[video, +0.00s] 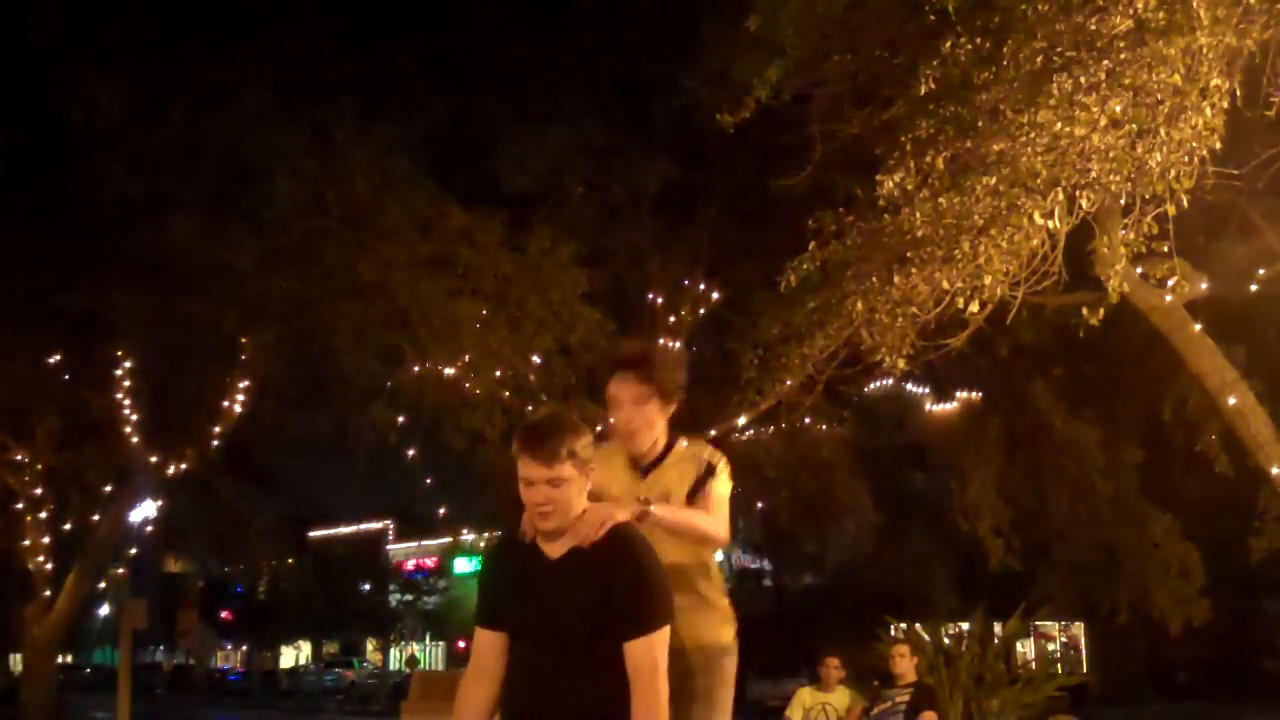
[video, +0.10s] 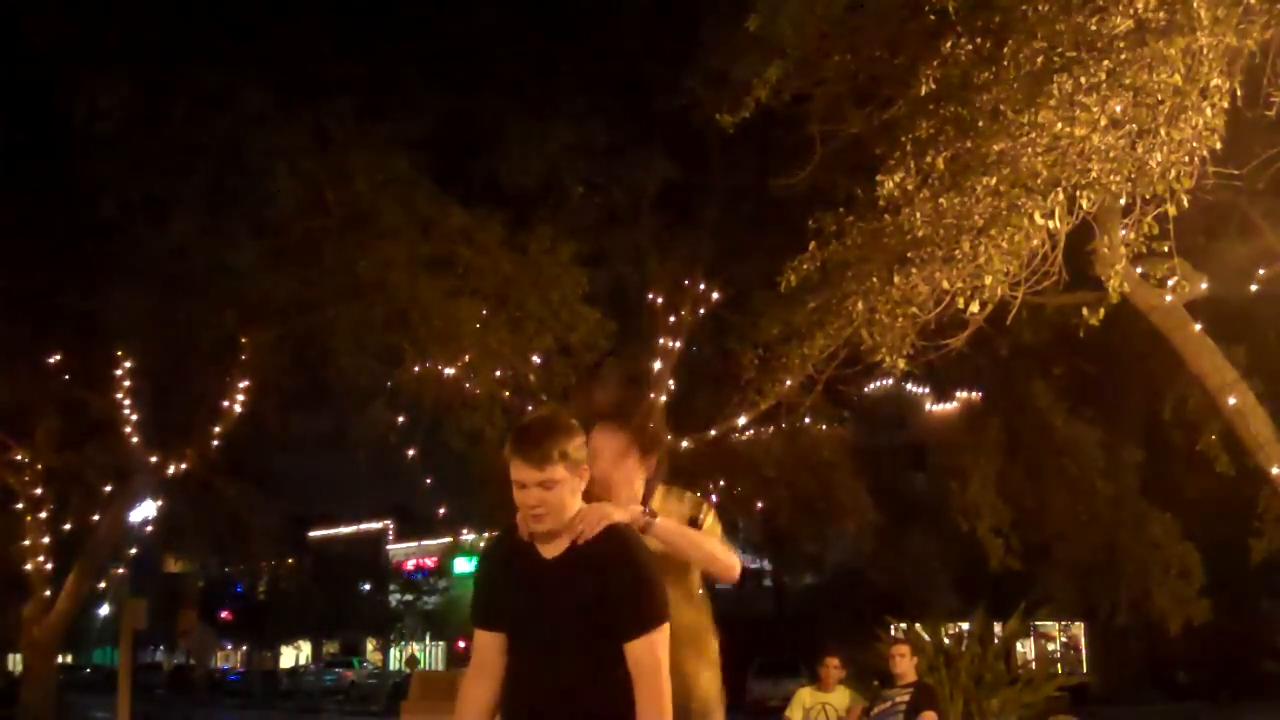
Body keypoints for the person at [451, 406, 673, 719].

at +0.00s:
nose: (539, 498)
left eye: (555, 483)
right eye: (528, 483)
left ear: (587, 476)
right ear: (517, 481)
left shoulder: (626, 552)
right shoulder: (506, 558)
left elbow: (649, 681)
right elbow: (482, 674)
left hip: (607, 711)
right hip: (523, 711)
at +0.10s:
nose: (532, 500)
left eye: (547, 485)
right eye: (521, 486)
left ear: (582, 476)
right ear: (510, 482)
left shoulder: (620, 552)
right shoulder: (502, 556)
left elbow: (652, 681)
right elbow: (483, 674)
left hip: (607, 713)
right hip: (523, 712)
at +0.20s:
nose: (530, 503)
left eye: (546, 488)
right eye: (519, 489)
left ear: (580, 479)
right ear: (509, 483)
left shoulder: (622, 553)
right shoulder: (500, 555)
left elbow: (650, 688)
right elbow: (482, 674)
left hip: (607, 711)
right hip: (522, 712)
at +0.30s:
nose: (527, 506)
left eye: (544, 492)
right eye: (517, 492)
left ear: (579, 485)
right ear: (507, 488)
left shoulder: (622, 553)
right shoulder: (498, 559)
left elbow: (648, 685)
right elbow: (482, 677)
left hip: (606, 711)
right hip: (522, 712)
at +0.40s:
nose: (523, 507)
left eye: (539, 491)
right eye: (513, 492)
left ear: (575, 482)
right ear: (503, 487)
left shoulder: (624, 556)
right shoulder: (495, 556)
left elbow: (649, 691)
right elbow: (480, 672)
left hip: (605, 713)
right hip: (521, 712)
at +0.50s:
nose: (520, 504)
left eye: (537, 489)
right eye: (510, 490)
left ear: (575, 483)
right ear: (501, 486)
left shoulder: (620, 565)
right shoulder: (492, 555)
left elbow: (648, 690)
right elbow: (479, 662)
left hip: (604, 713)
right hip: (521, 712)